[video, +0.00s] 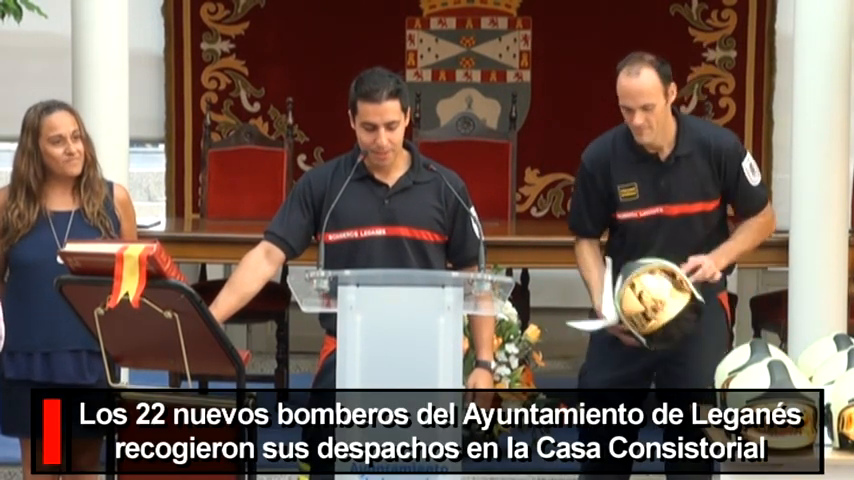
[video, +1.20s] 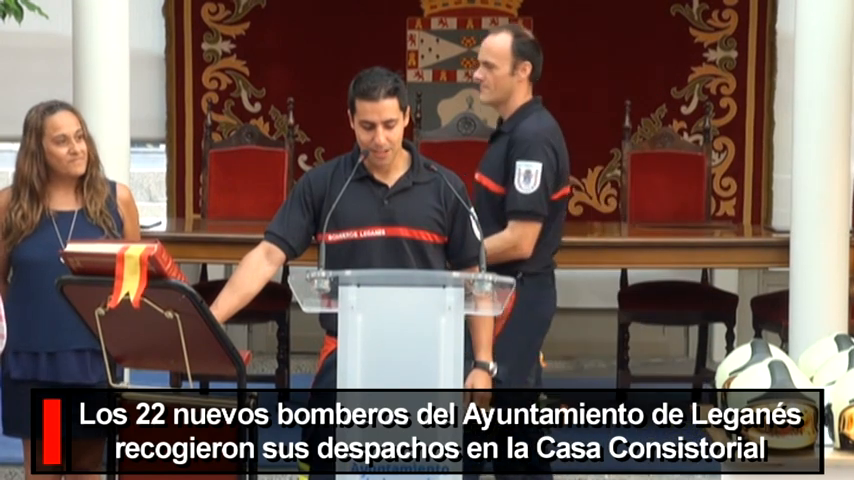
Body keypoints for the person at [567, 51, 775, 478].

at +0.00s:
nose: (637, 121)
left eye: (647, 108)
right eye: (628, 110)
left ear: (671, 96)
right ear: (618, 103)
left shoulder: (719, 147)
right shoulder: (600, 159)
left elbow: (763, 217)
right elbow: (586, 238)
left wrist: (718, 259)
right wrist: (606, 309)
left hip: (698, 314)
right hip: (625, 313)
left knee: (691, 445)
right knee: (600, 441)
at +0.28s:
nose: (612, 98)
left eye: (622, 86)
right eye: (608, 87)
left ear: (657, 82)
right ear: (605, 86)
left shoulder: (705, 145)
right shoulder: (597, 144)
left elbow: (741, 232)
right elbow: (582, 225)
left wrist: (671, 265)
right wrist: (570, 274)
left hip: (673, 324)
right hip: (603, 322)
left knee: (679, 460)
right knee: (572, 457)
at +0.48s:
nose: (585, 85)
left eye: (596, 75)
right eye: (584, 75)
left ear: (631, 74)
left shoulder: (674, 143)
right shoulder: (584, 141)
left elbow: (697, 241)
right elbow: (572, 225)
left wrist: (616, 263)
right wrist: (541, 247)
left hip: (646, 314)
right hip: (584, 313)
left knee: (659, 454)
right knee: (553, 450)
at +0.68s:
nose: (551, 78)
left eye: (562, 69)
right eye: (551, 68)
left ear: (598, 72)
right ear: (585, 71)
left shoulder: (625, 138)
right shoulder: (560, 138)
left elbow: (636, 243)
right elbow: (549, 211)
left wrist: (553, 263)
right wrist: (509, 238)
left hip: (601, 308)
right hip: (548, 307)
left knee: (625, 451)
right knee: (530, 445)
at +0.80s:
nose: (532, 74)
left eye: (543, 65)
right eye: (533, 64)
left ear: (579, 70)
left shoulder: (600, 135)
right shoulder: (546, 134)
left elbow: (603, 241)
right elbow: (532, 214)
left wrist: (521, 261)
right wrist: (484, 236)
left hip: (574, 303)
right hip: (530, 301)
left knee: (587, 442)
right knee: (521, 438)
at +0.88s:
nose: (521, 73)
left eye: (532, 64)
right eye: (522, 63)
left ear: (567, 69)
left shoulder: (585, 134)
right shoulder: (544, 132)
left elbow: (584, 240)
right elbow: (526, 213)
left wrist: (500, 259)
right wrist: (465, 232)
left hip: (559, 295)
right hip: (524, 290)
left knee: (553, 430)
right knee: (514, 424)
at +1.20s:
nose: (477, 75)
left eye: (488, 66)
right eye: (478, 64)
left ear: (522, 72)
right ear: (516, 71)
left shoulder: (533, 135)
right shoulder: (511, 128)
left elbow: (521, 241)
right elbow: (495, 220)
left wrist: (455, 254)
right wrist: (453, 246)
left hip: (522, 289)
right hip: (500, 283)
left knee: (506, 411)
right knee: (499, 408)